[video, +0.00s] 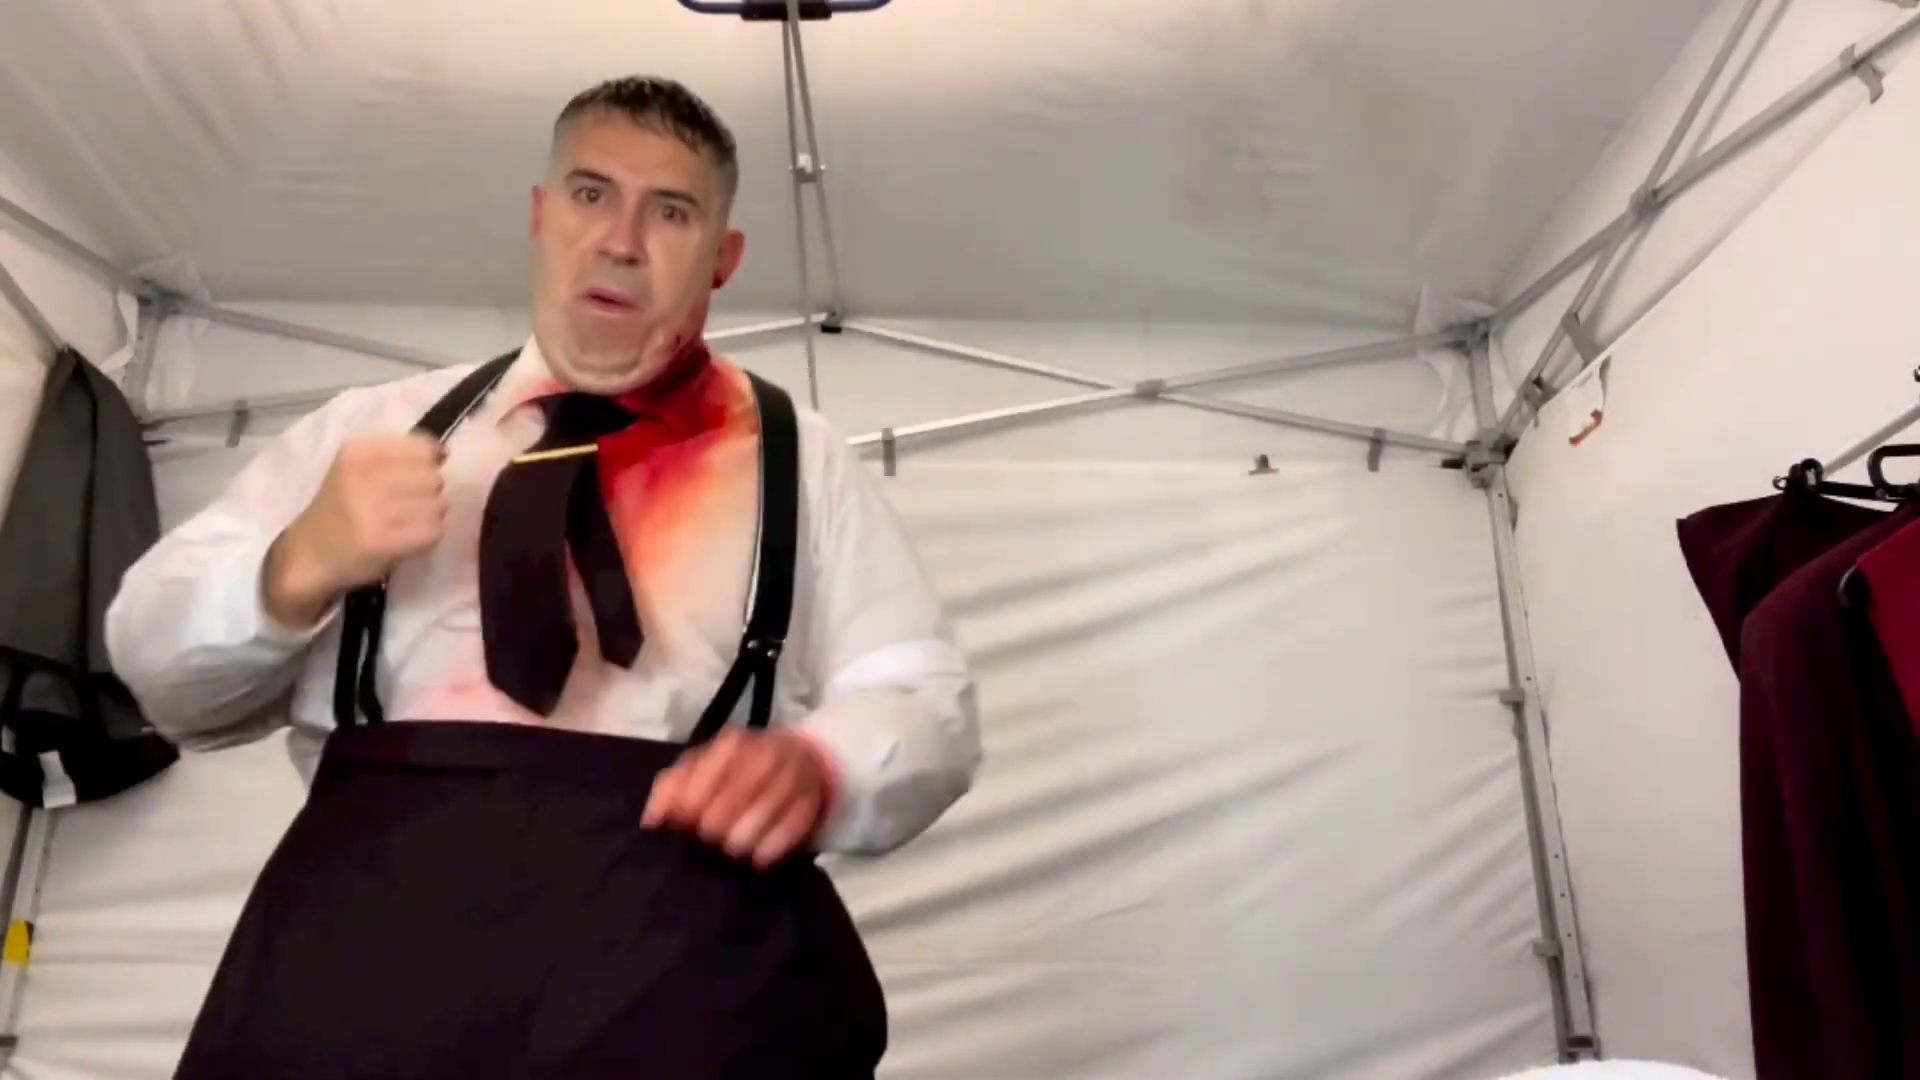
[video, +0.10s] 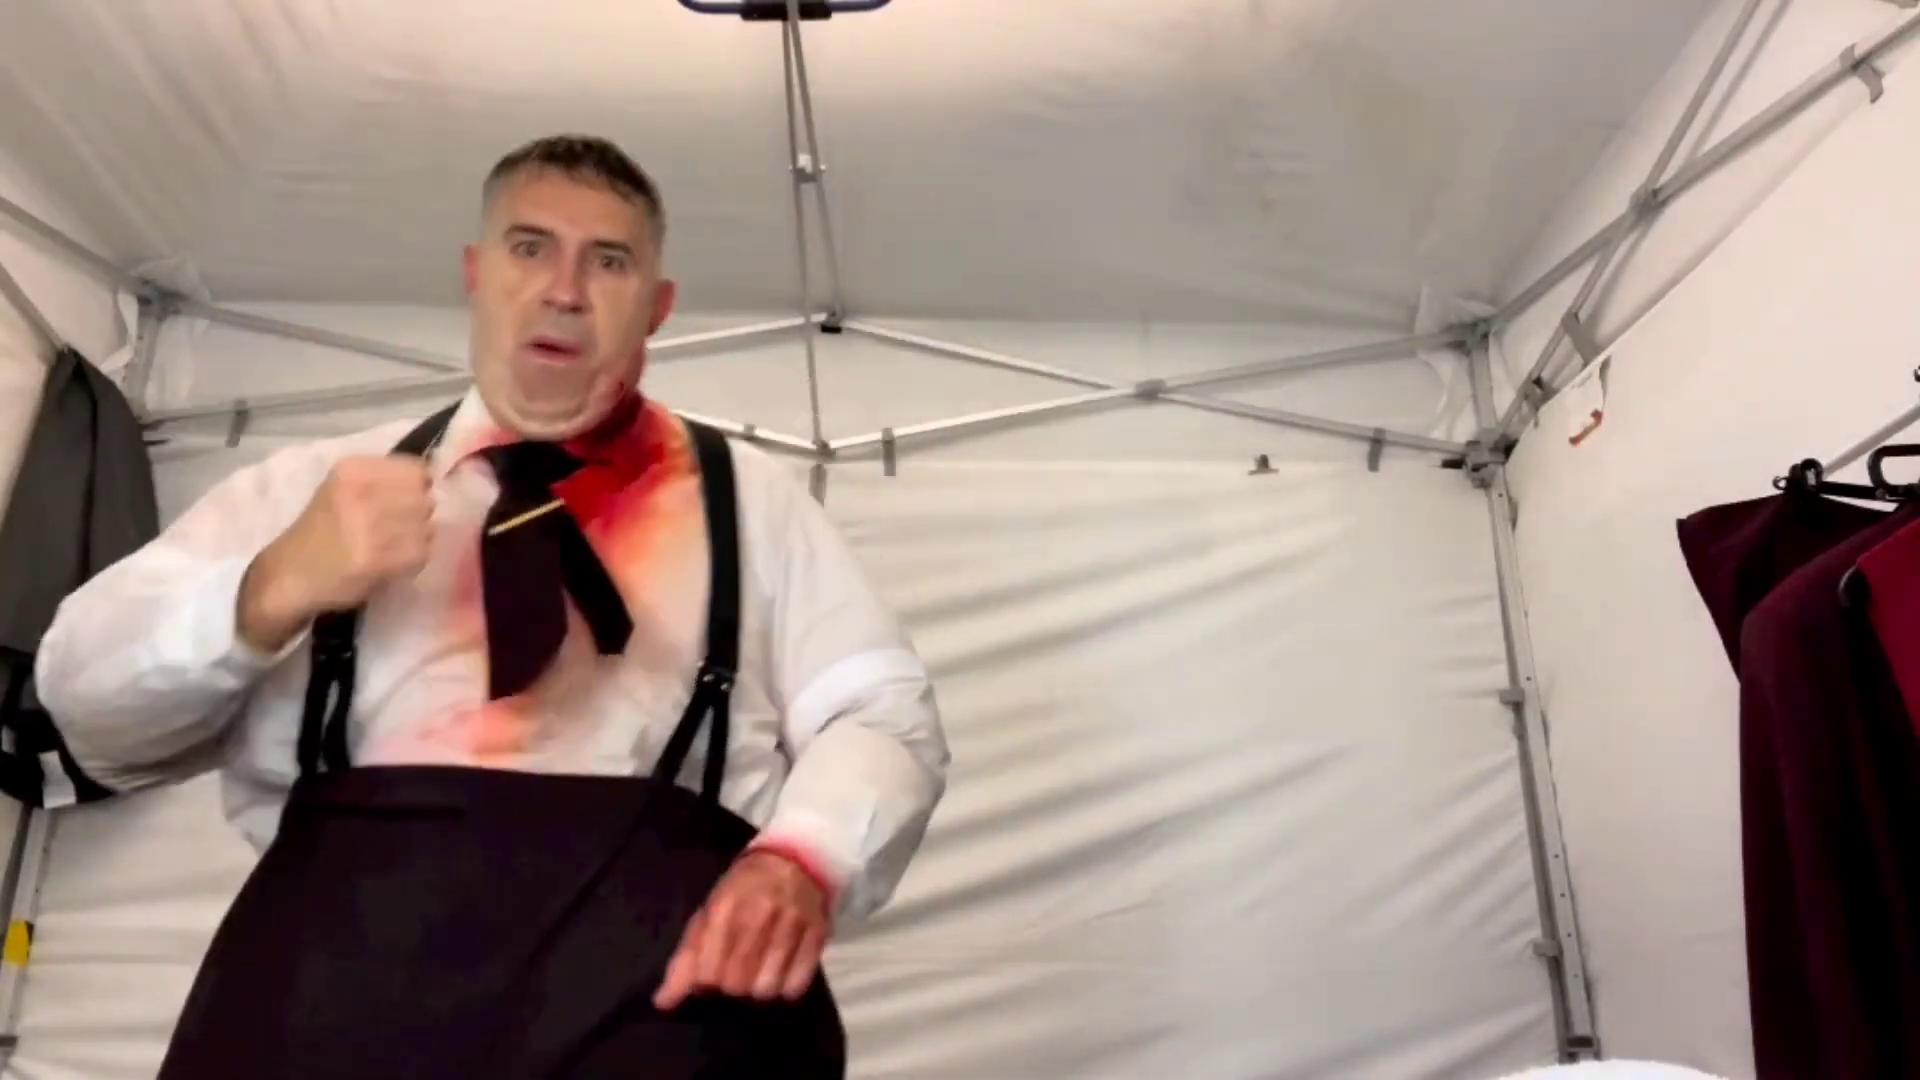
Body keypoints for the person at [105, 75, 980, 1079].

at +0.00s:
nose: (620, 239)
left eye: (669, 211)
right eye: (590, 194)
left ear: (721, 261)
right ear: (537, 216)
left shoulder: (797, 463)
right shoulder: (385, 426)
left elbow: (921, 700)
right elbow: (158, 662)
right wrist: (300, 566)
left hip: (676, 859)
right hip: (390, 851)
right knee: (325, 1043)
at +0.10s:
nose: (564, 291)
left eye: (607, 262)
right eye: (530, 250)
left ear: (658, 308)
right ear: (474, 277)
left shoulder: (747, 498)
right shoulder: (331, 484)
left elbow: (879, 712)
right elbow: (82, 700)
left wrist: (803, 857)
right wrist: (271, 592)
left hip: (656, 907)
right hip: (361, 892)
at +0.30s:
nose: (391, 217)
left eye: (429, 185)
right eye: (356, 189)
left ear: (499, 225)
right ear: (322, 232)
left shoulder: (643, 384)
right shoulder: (246, 422)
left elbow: (791, 560)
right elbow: (81, 589)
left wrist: (755, 687)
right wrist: (293, 453)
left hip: (597, 783)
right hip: (328, 787)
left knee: (625, 1037)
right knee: (288, 1034)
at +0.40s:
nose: (353, 254)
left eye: (389, 218)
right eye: (317, 227)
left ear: (461, 252)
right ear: (289, 270)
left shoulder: (606, 403)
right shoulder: (216, 451)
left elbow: (766, 561)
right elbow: (71, 620)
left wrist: (714, 701)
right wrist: (264, 537)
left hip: (566, 834)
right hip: (296, 850)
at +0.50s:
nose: (338, 330)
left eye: (375, 294)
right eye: (304, 300)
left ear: (442, 326)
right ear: (270, 336)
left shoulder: (579, 485)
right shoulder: (203, 527)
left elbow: (730, 645)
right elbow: (40, 705)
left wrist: (707, 767)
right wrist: (218, 646)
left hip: (525, 856)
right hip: (279, 856)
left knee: (540, 817)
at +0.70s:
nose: (485, 267)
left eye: (519, 240)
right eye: (453, 231)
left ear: (557, 271)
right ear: (392, 250)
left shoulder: (644, 435)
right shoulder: (251, 430)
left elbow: (782, 621)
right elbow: (83, 639)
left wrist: (692, 590)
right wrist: (222, 597)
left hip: (579, 817)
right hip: (319, 813)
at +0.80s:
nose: (568, 313)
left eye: (601, 289)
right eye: (543, 273)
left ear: (627, 315)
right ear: (472, 277)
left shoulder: (685, 476)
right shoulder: (309, 431)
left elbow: (815, 658)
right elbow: (89, 608)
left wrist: (709, 571)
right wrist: (185, 609)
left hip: (584, 810)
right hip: (331, 799)